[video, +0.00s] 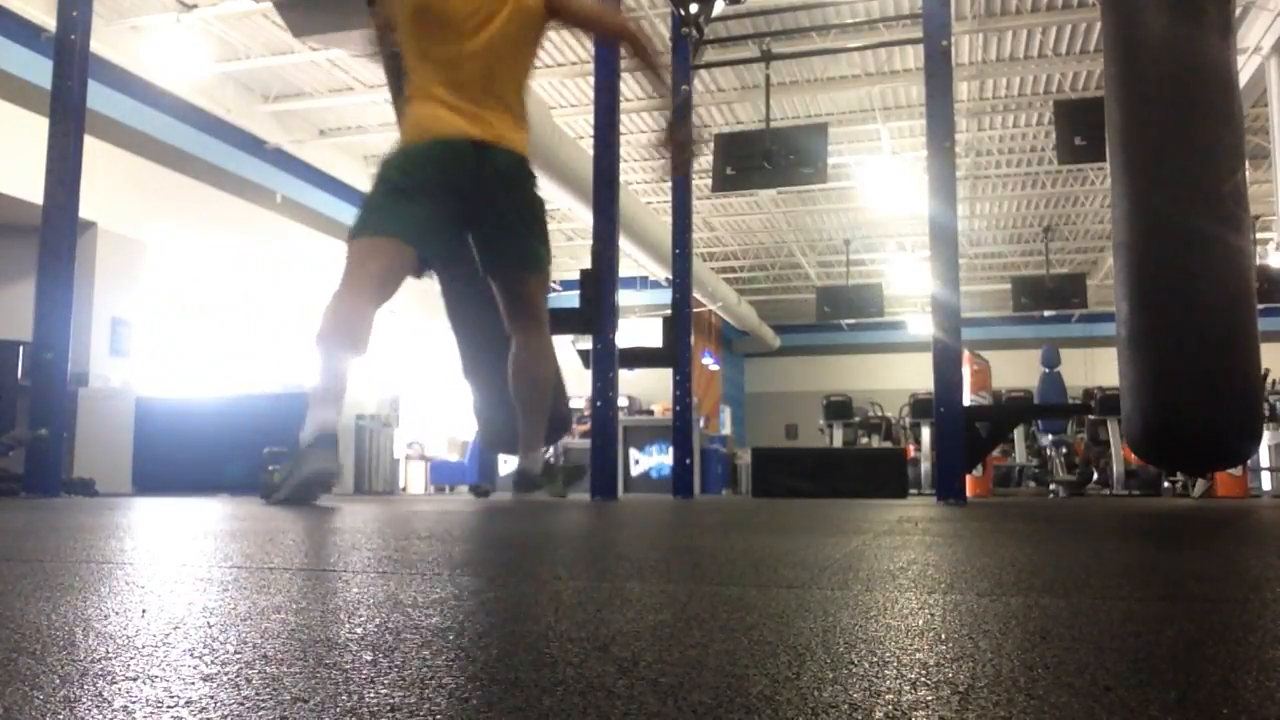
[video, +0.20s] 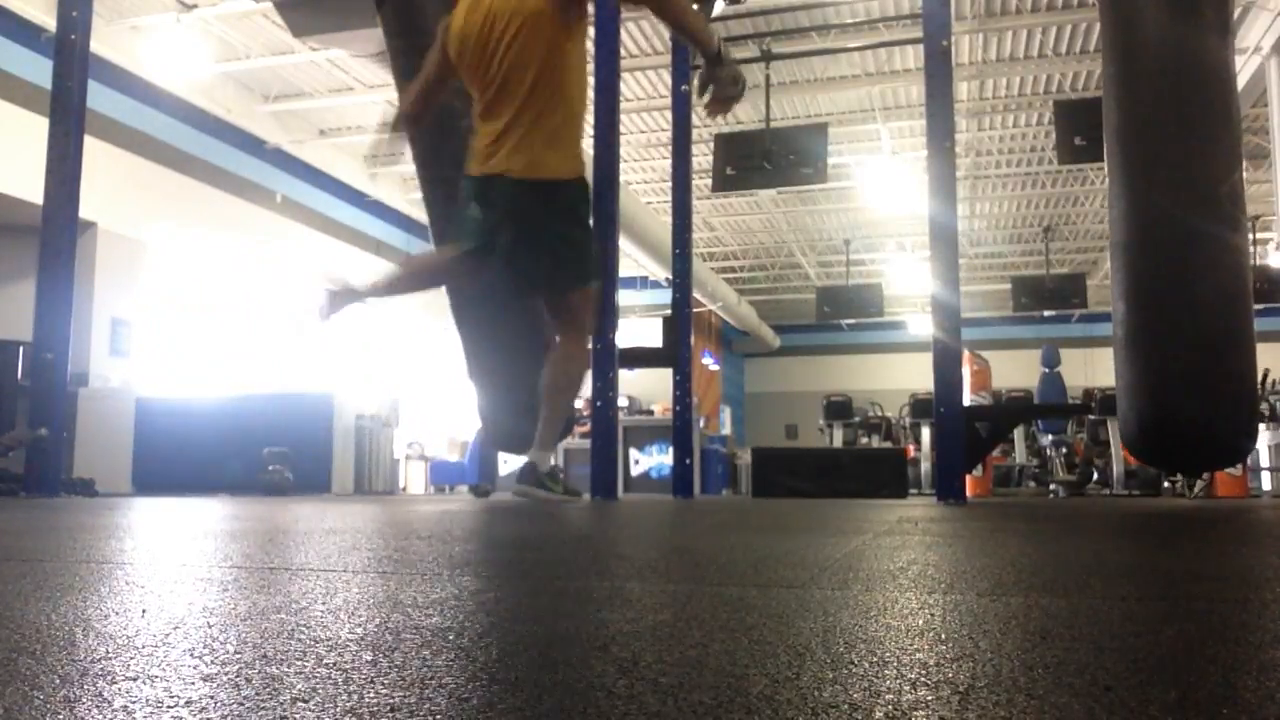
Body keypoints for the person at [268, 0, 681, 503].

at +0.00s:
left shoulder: (402, 7)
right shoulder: (536, 5)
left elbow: (388, 50)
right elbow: (627, 30)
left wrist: (409, 120)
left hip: (423, 156)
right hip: (504, 164)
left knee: (359, 288)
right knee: (530, 320)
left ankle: (319, 443)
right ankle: (530, 470)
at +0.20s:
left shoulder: (464, 14)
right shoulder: (562, 5)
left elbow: (415, 100)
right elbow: (660, 6)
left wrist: (405, 130)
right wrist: (719, 56)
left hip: (487, 174)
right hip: (552, 179)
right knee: (576, 329)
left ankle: (357, 293)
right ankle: (540, 464)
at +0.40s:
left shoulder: (468, 6)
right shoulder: (600, 2)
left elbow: (441, 102)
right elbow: (664, 60)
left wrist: (419, 180)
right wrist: (649, 113)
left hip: (501, 162)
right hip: (575, 163)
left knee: (466, 244)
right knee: (573, 321)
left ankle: (447, 315)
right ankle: (548, 455)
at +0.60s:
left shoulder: (472, 4)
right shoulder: (594, 7)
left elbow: (420, 69)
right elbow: (619, 86)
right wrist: (559, 72)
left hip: (491, 164)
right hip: (571, 164)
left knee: (417, 296)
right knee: (567, 322)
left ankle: (420, 399)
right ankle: (560, 464)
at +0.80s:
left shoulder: (451, 6)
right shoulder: (574, 13)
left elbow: (409, 101)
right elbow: (626, 101)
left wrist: (451, 81)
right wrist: (576, 142)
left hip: (489, 163)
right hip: (566, 167)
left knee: (440, 316)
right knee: (550, 313)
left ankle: (439, 452)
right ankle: (558, 462)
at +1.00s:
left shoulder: (481, 2)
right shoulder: (605, 2)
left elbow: (435, 71)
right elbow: (657, 64)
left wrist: (441, 72)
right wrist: (610, 81)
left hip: (485, 142)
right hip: (563, 144)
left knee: (433, 273)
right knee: (567, 314)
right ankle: (554, 459)